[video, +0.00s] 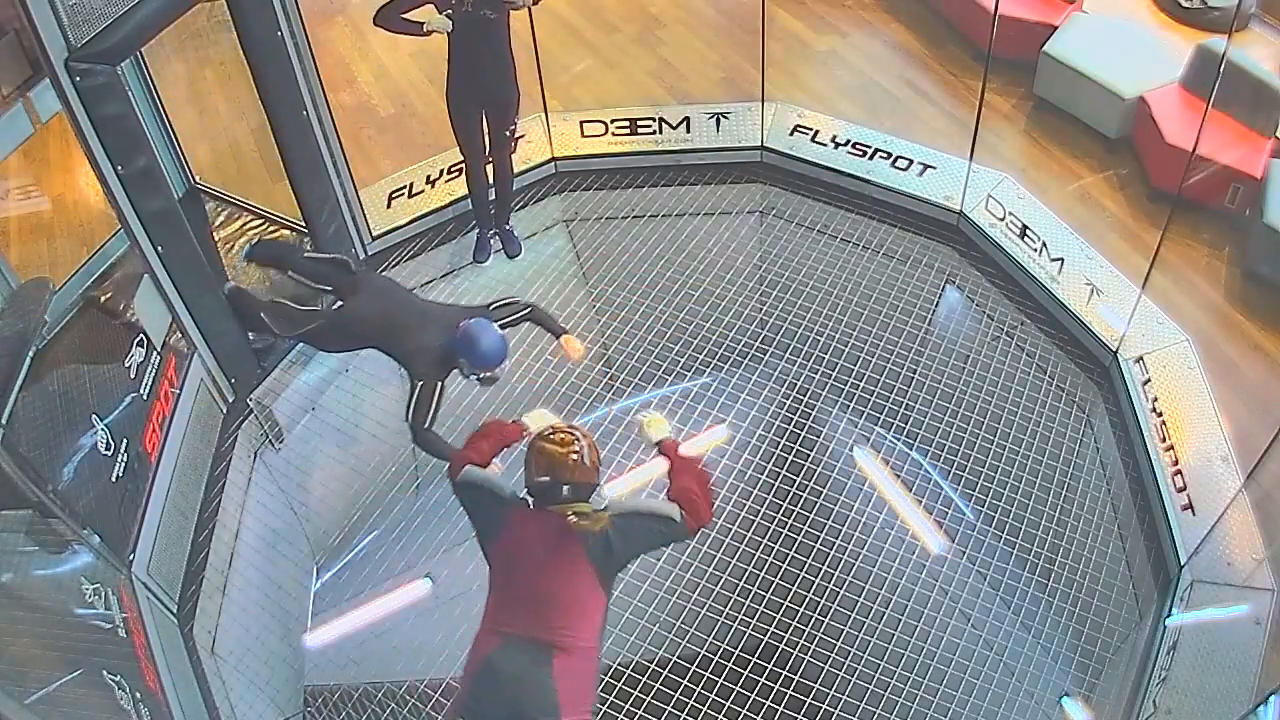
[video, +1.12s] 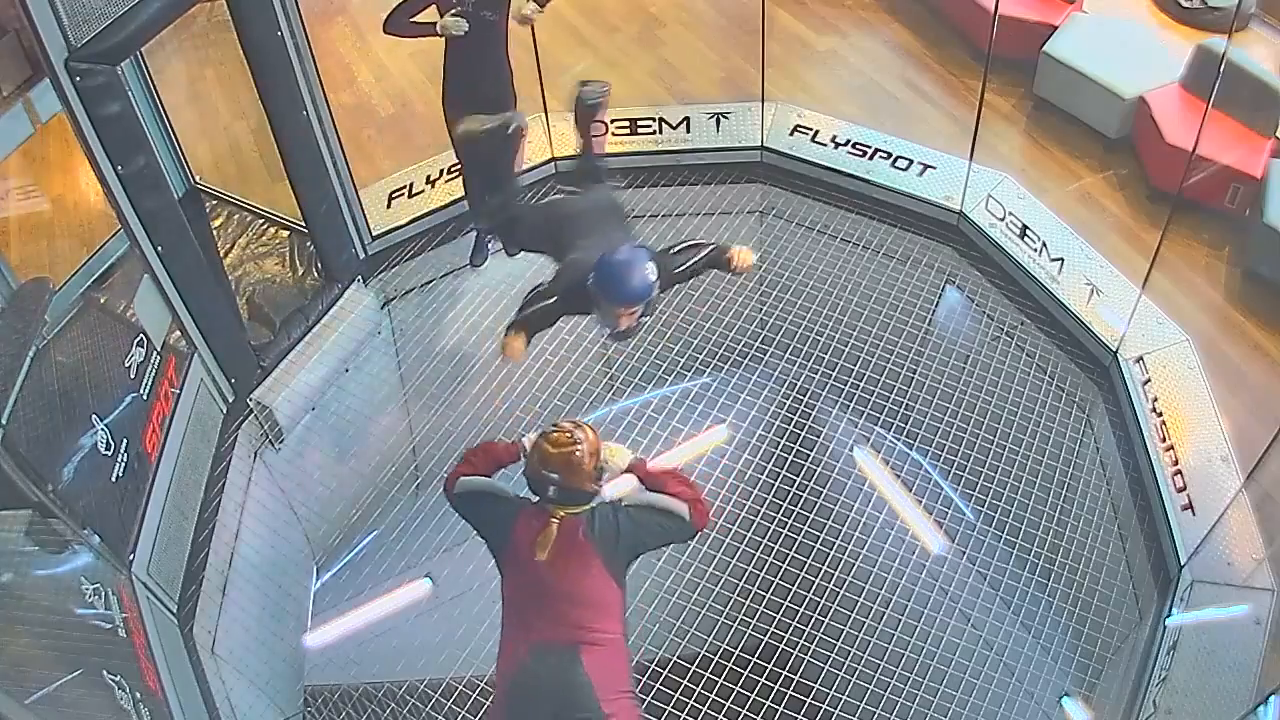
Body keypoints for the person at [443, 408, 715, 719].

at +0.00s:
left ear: (531, 478)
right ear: (594, 483)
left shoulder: (504, 519)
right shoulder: (609, 534)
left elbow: (464, 463)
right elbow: (694, 513)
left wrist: (515, 427)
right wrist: (674, 448)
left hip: (490, 677)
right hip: (563, 688)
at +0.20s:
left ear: (541, 484)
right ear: (606, 487)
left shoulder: (515, 527)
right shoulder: (623, 537)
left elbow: (462, 494)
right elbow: (712, 519)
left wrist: (514, 460)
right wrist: (653, 480)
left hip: (511, 691)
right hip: (587, 693)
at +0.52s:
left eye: (592, 450)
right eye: (602, 454)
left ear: (549, 488)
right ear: (615, 482)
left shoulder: (527, 533)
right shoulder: (636, 531)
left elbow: (476, 498)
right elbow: (724, 507)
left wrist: (533, 459)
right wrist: (689, 450)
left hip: (535, 692)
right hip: (612, 694)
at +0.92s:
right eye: (607, 458)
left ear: (545, 484)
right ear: (612, 484)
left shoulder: (521, 527)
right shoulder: (631, 527)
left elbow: (462, 493)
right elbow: (713, 503)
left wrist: (524, 458)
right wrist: (646, 468)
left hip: (537, 683)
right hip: (615, 684)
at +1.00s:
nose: (576, 436)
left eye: (586, 440)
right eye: (569, 438)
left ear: (542, 480)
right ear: (606, 483)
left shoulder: (514, 524)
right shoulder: (626, 524)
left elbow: (456, 490)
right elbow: (707, 504)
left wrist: (521, 455)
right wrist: (638, 469)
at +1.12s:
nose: (566, 433)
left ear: (534, 477)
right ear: (598, 479)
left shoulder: (507, 519)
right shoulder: (615, 525)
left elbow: (458, 480)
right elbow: (695, 511)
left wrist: (517, 449)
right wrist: (639, 466)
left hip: (520, 699)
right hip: (602, 697)